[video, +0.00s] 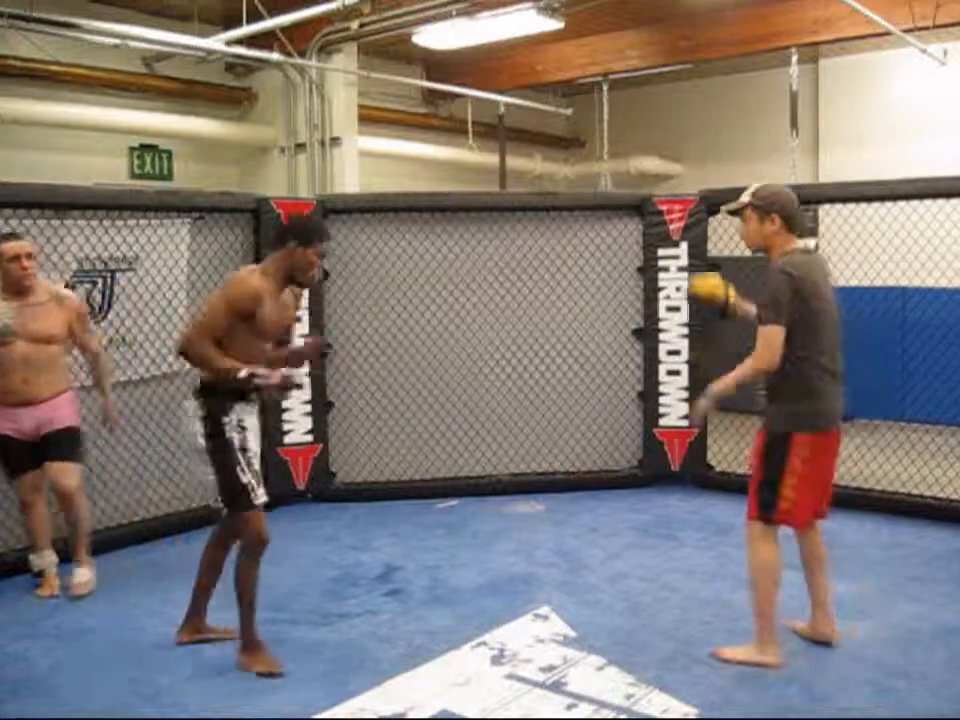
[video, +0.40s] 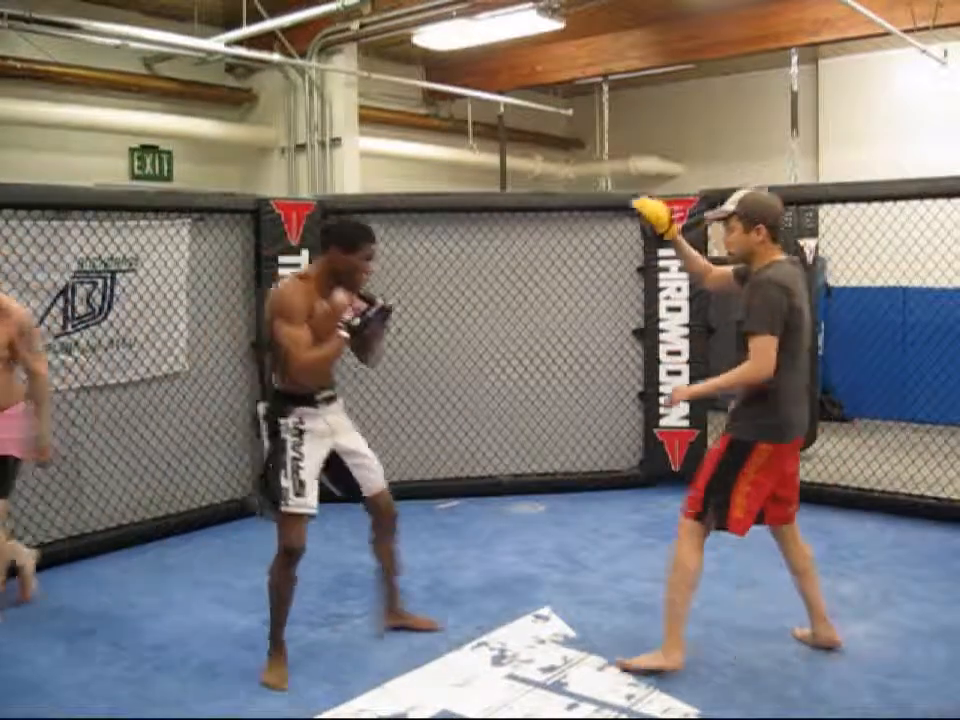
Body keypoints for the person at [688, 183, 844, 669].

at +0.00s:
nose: (742, 228)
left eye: (746, 219)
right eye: (742, 219)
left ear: (771, 222)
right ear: (779, 222)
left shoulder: (782, 273)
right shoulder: (812, 264)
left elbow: (767, 357)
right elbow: (788, 324)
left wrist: (715, 391)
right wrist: (735, 303)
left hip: (792, 420)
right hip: (822, 416)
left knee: (760, 526)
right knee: (805, 521)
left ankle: (764, 643)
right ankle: (822, 622)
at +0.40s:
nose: (724, 236)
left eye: (730, 228)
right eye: (724, 228)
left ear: (757, 232)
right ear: (764, 233)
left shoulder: (766, 282)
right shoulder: (786, 270)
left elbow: (761, 366)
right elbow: (711, 276)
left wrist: (698, 389)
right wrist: (674, 236)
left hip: (756, 429)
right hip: (788, 426)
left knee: (691, 522)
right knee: (784, 525)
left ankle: (671, 649)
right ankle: (822, 627)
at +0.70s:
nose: (643, 232)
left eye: (650, 224)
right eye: (644, 224)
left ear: (678, 230)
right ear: (681, 230)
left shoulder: (695, 278)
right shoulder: (694, 263)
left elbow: (718, 363)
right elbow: (635, 280)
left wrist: (654, 391)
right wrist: (596, 247)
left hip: (717, 428)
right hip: (756, 419)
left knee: (671, 537)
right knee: (784, 523)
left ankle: (661, 658)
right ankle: (812, 623)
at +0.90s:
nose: (611, 230)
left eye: (616, 221)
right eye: (611, 220)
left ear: (642, 225)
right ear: (654, 222)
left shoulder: (657, 273)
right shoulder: (698, 252)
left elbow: (668, 365)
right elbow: (714, 323)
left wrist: (616, 404)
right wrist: (650, 316)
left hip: (698, 420)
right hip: (744, 405)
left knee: (670, 536)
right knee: (765, 517)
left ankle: (661, 657)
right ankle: (804, 631)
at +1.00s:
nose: (613, 226)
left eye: (616, 217)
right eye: (612, 217)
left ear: (641, 219)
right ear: (659, 215)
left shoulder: (650, 273)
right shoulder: (712, 256)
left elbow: (656, 371)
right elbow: (755, 330)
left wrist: (639, 420)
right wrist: (712, 332)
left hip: (689, 424)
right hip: (742, 411)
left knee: (664, 538)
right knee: (765, 521)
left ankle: (661, 657)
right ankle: (802, 639)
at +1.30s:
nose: (678, 229)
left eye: (681, 222)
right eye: (680, 220)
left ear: (695, 228)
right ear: (733, 227)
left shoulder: (676, 289)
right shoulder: (780, 284)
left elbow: (682, 379)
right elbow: (809, 371)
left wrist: (687, 463)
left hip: (706, 450)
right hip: (771, 448)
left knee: (661, 552)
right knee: (795, 569)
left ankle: (658, 657)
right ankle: (814, 696)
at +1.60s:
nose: (758, 205)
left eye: (759, 195)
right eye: (759, 195)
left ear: (776, 193)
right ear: (814, 194)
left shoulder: (759, 251)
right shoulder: (861, 259)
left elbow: (728, 343)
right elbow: (884, 357)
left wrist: (687, 377)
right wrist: (829, 350)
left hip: (766, 435)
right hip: (840, 439)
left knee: (718, 556)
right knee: (833, 584)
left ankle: (711, 687)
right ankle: (823, 709)